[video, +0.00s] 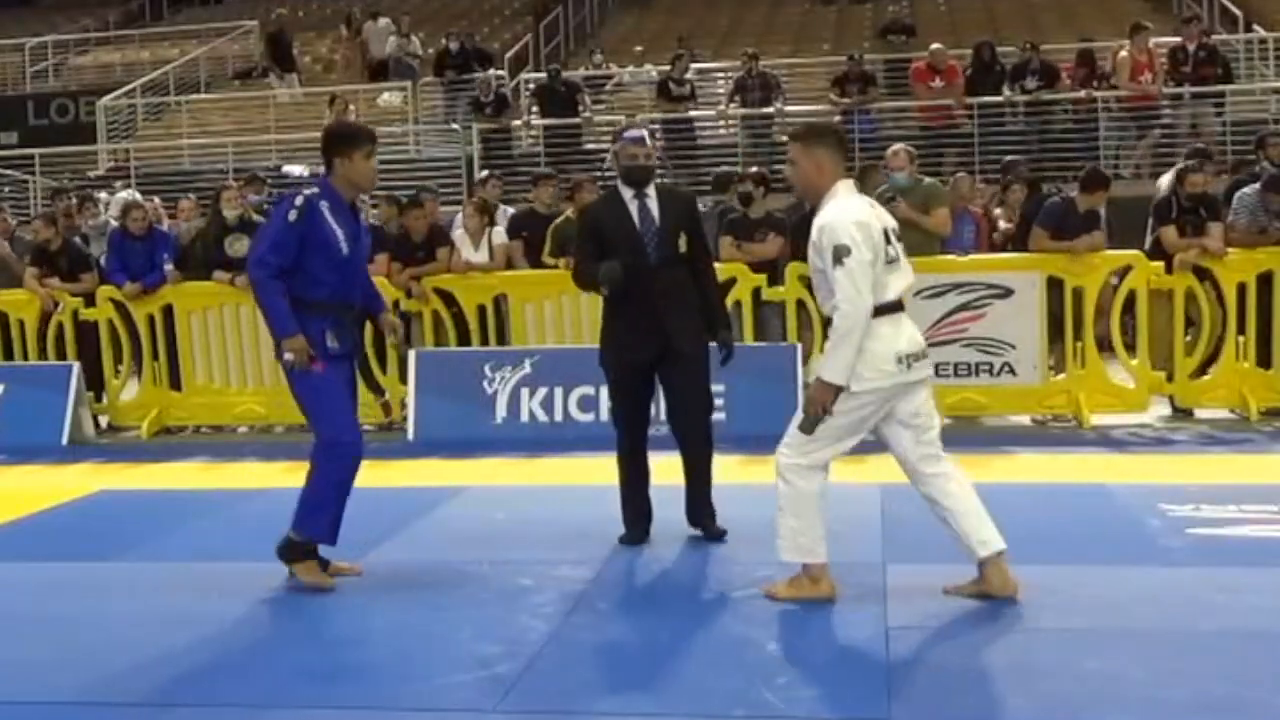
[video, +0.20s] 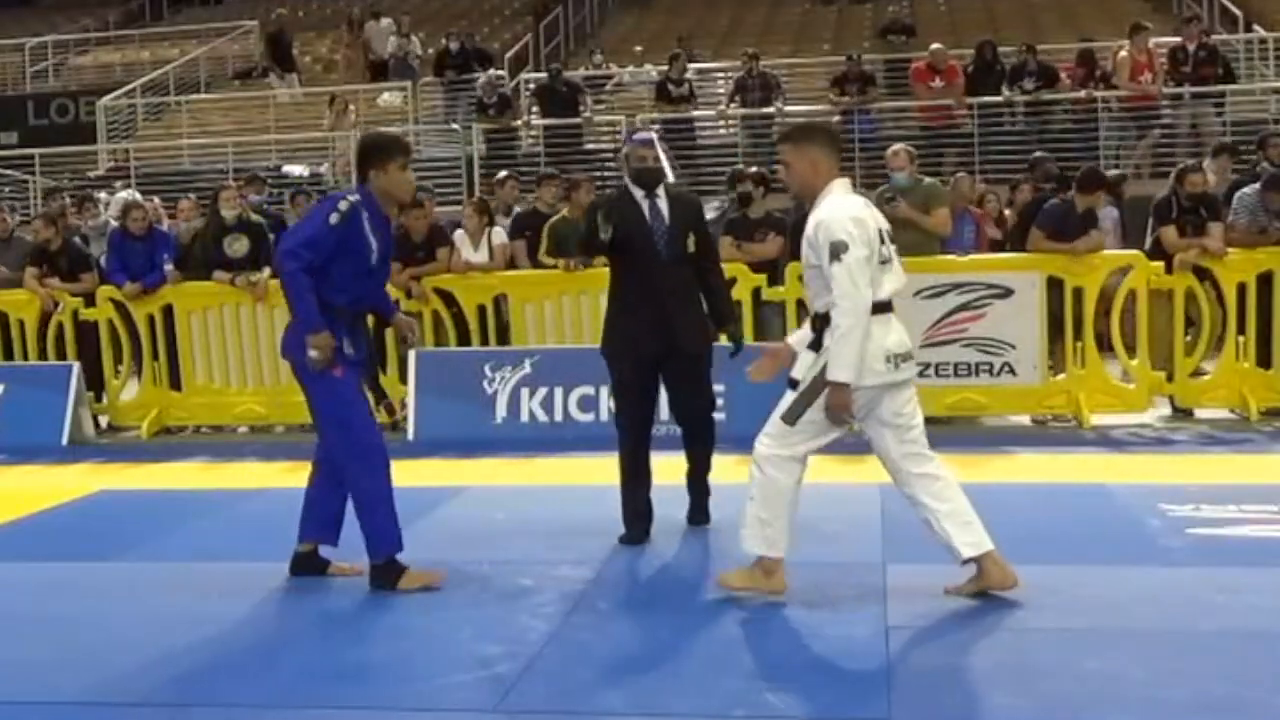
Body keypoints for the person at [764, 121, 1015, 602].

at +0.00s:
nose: (789, 175)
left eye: (794, 164)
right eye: (789, 164)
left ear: (818, 163)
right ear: (831, 163)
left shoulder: (838, 220)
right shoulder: (868, 207)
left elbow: (853, 306)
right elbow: (900, 283)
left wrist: (829, 378)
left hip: (871, 352)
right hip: (906, 344)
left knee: (797, 457)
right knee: (928, 461)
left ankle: (814, 573)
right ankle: (994, 567)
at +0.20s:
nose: (782, 177)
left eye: (785, 166)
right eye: (781, 167)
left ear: (813, 162)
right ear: (822, 163)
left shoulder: (834, 217)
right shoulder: (860, 208)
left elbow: (850, 304)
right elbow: (846, 303)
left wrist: (839, 378)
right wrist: (792, 345)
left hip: (848, 359)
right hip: (886, 355)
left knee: (775, 448)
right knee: (914, 461)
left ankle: (768, 565)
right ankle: (989, 562)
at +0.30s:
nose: (758, 184)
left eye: (761, 172)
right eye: (756, 174)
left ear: (789, 167)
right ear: (794, 168)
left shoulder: (814, 221)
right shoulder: (828, 212)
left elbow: (838, 306)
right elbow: (803, 303)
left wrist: (829, 382)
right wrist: (738, 333)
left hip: (835, 361)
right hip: (871, 353)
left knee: (773, 461)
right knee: (909, 463)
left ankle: (732, 571)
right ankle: (987, 561)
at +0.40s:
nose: (731, 197)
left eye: (735, 185)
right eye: (731, 187)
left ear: (762, 182)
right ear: (765, 183)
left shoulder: (792, 236)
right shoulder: (786, 235)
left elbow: (816, 317)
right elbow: (750, 312)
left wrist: (809, 391)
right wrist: (677, 327)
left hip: (820, 372)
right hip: (856, 366)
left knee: (755, 468)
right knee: (899, 469)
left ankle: (719, 578)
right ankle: (985, 558)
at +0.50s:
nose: (692, 212)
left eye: (696, 198)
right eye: (689, 201)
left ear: (727, 189)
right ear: (718, 196)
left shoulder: (764, 238)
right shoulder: (736, 248)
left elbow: (796, 315)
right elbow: (699, 306)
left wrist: (792, 393)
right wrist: (630, 330)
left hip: (805, 363)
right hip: (835, 354)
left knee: (739, 467)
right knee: (880, 462)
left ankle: (717, 575)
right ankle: (975, 548)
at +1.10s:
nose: (687, 231)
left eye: (688, 219)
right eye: (684, 221)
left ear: (711, 212)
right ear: (715, 211)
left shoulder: (751, 254)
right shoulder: (745, 253)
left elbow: (793, 326)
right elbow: (729, 334)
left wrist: (772, 399)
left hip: (812, 377)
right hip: (843, 368)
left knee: (722, 462)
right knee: (863, 478)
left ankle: (714, 578)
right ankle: (967, 541)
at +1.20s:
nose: (730, 213)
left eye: (733, 201)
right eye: (729, 202)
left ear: (757, 200)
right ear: (774, 200)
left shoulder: (783, 255)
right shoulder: (812, 239)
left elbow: (810, 336)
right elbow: (800, 334)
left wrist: (786, 407)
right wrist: (767, 381)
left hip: (831, 389)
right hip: (868, 379)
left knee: (737, 465)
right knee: (867, 488)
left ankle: (716, 576)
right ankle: (963, 548)